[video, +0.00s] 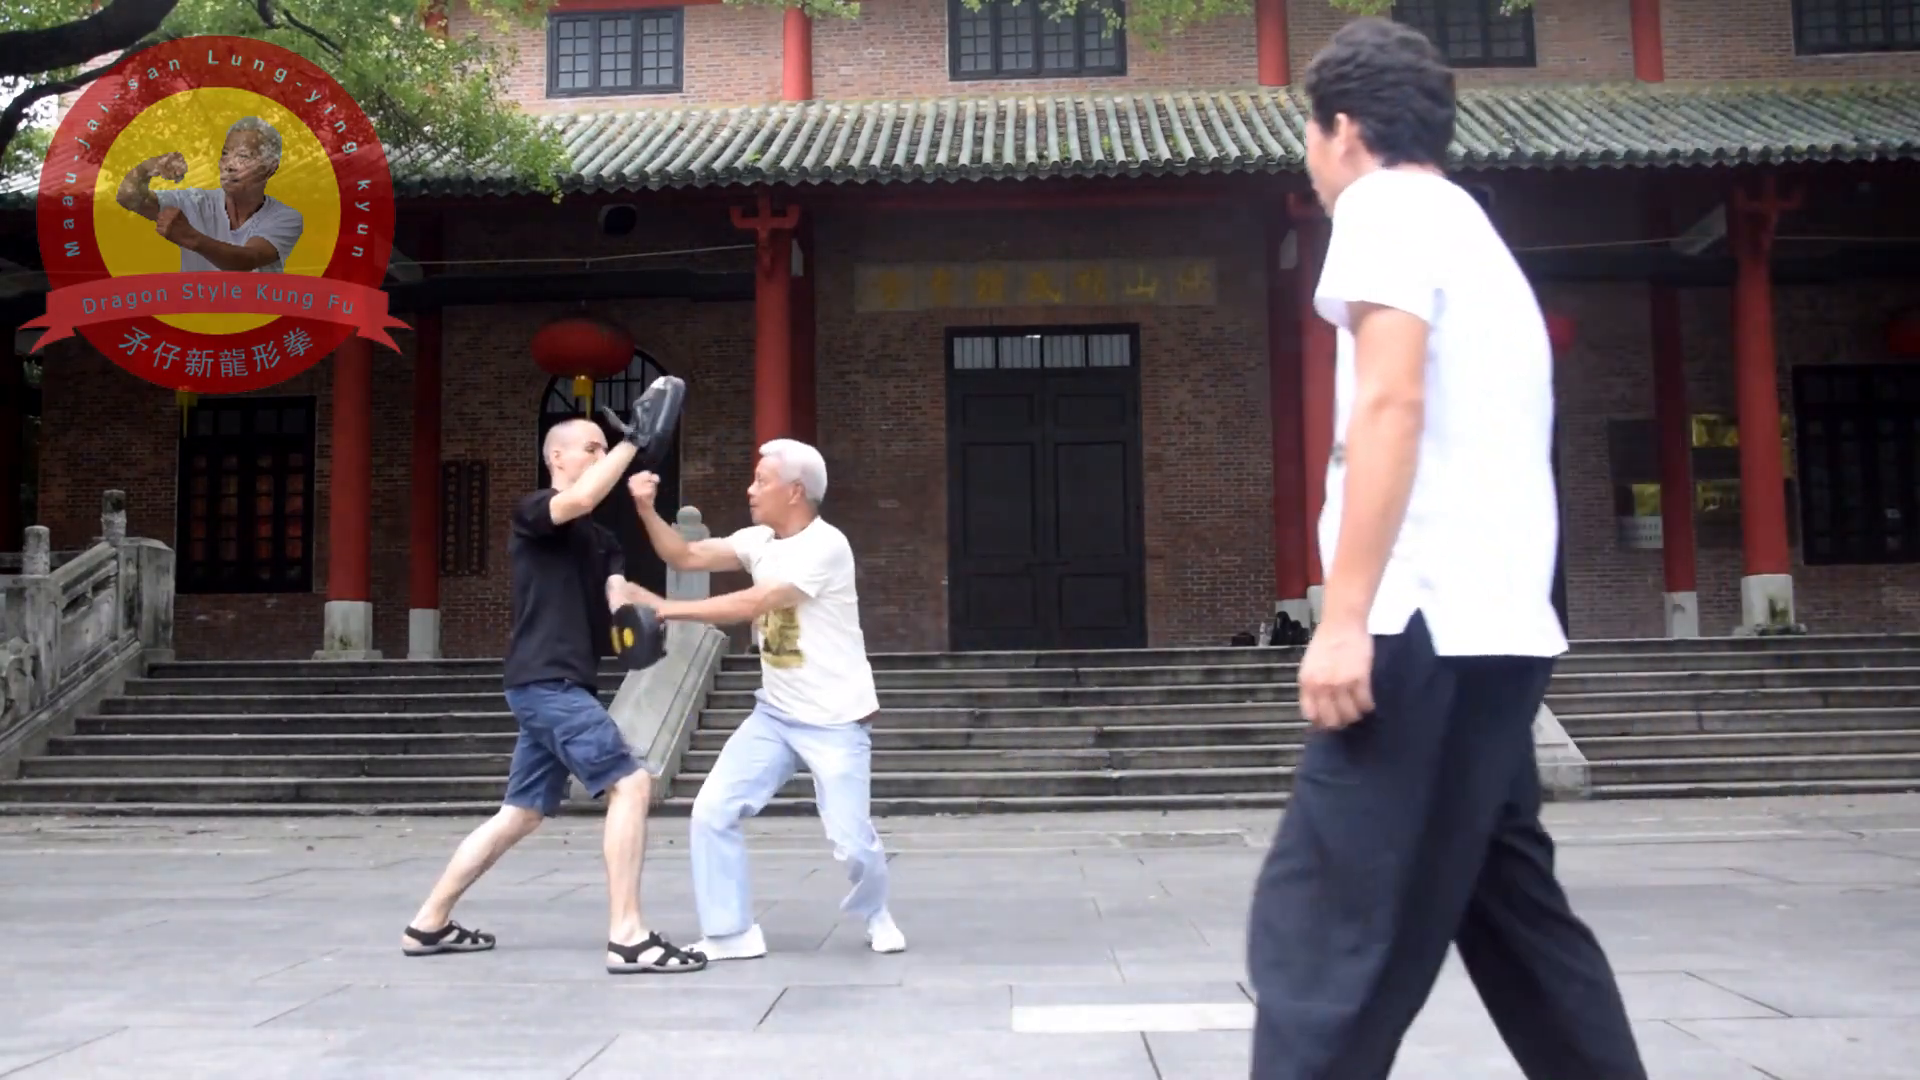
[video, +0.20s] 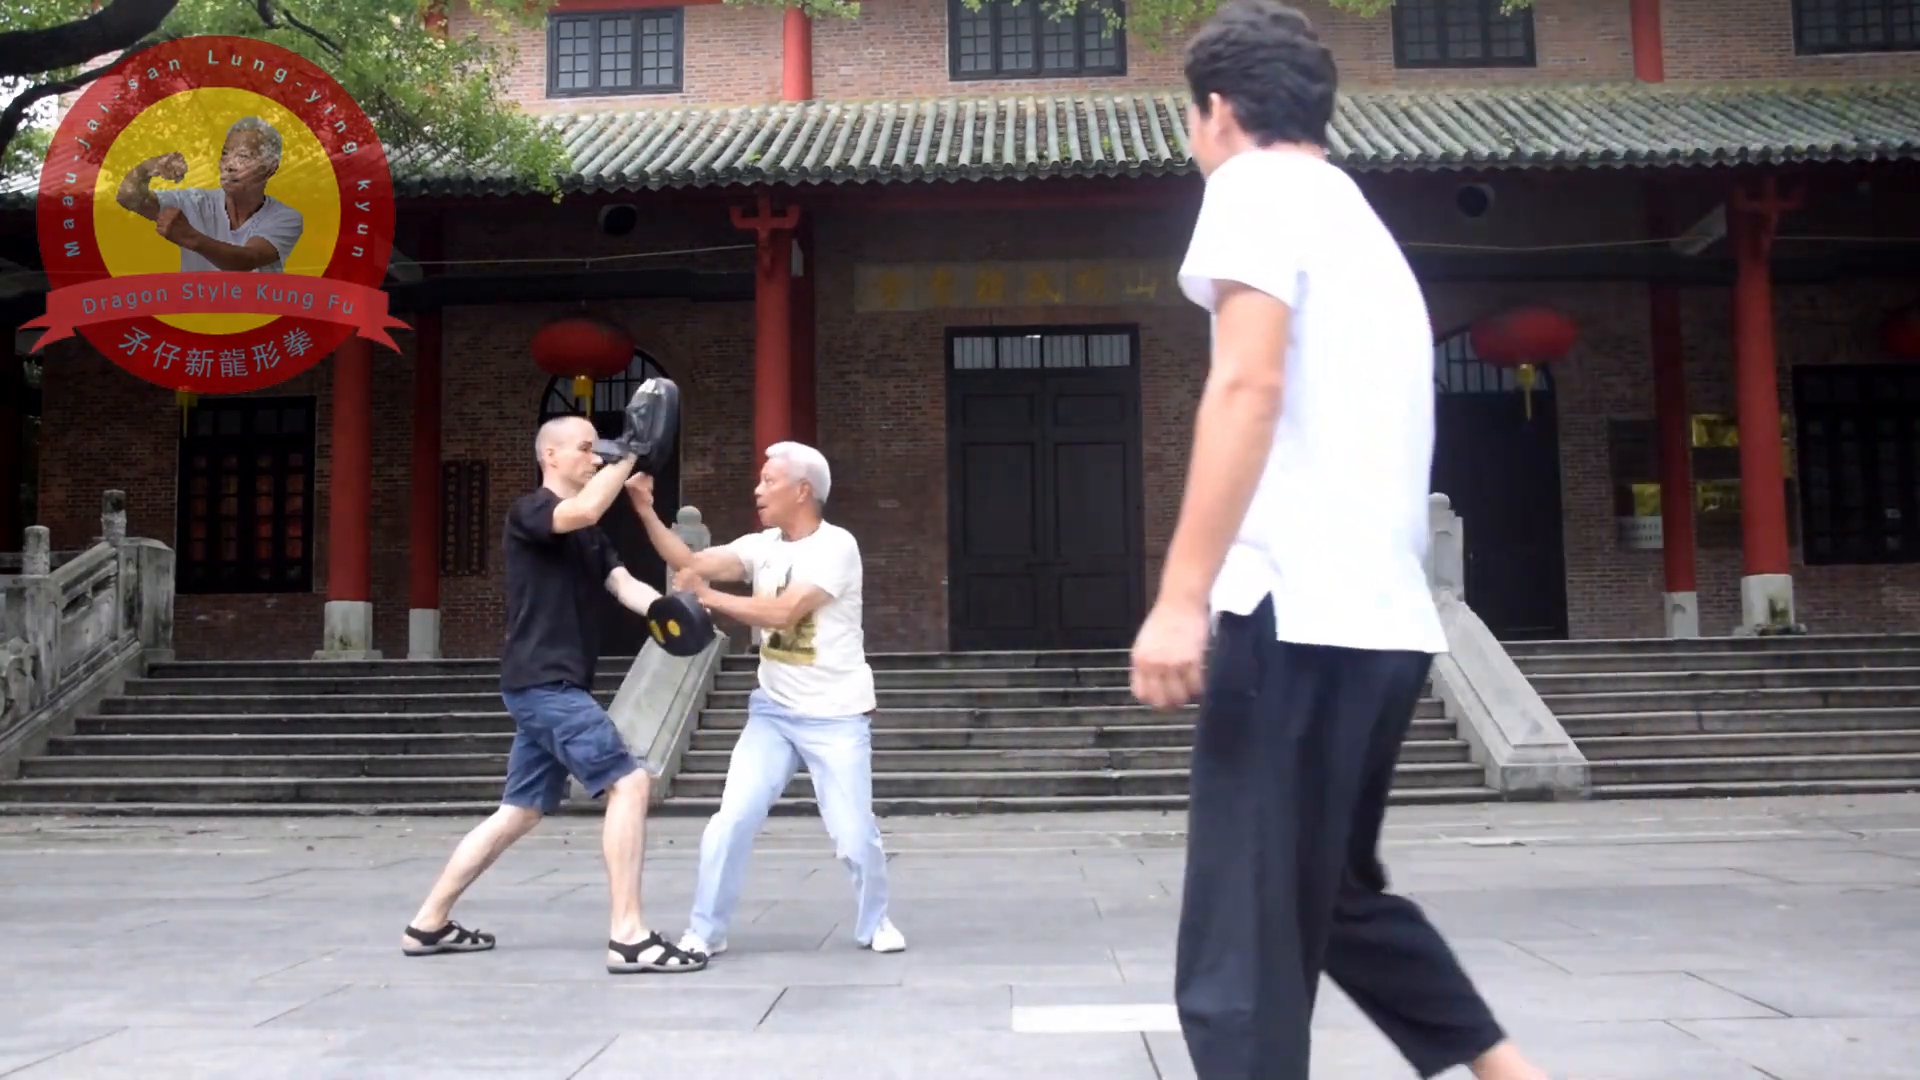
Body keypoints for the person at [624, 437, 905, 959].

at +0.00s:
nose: (749, 489)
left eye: (760, 480)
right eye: (753, 478)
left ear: (794, 492)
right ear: (785, 490)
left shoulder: (826, 546)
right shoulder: (760, 539)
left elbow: (754, 604)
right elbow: (685, 554)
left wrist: (660, 606)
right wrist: (646, 509)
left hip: (835, 721)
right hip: (774, 715)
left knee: (851, 841)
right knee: (712, 812)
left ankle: (877, 915)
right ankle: (733, 933)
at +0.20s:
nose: (757, 491)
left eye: (767, 481)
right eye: (759, 480)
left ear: (802, 491)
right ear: (791, 491)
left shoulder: (836, 547)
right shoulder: (764, 543)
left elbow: (784, 611)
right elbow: (690, 561)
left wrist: (706, 596)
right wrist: (647, 513)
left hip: (836, 717)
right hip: (772, 711)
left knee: (855, 838)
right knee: (733, 818)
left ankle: (876, 923)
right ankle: (703, 932)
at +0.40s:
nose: (757, 488)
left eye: (767, 479)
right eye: (759, 478)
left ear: (802, 490)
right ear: (790, 489)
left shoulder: (837, 546)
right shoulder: (763, 542)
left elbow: (789, 614)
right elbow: (692, 554)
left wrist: (711, 599)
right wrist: (643, 505)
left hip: (833, 711)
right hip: (770, 706)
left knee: (851, 830)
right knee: (730, 813)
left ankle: (876, 923)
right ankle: (704, 931)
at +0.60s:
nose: (755, 489)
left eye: (766, 481)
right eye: (757, 480)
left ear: (800, 491)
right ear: (785, 491)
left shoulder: (837, 548)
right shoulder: (758, 544)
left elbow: (790, 614)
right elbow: (690, 557)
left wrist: (711, 599)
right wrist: (642, 510)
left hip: (832, 712)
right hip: (767, 707)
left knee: (852, 828)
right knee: (729, 810)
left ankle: (877, 923)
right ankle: (705, 931)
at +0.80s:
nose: (747, 491)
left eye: (757, 482)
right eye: (749, 481)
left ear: (792, 491)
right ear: (775, 491)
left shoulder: (831, 547)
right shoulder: (752, 544)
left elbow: (785, 616)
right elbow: (684, 559)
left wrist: (706, 601)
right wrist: (633, 513)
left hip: (829, 713)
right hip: (763, 709)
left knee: (850, 830)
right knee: (727, 809)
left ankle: (876, 920)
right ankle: (704, 929)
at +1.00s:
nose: (739, 490)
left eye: (747, 481)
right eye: (740, 480)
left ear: (781, 489)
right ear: (768, 488)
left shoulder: (820, 543)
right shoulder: (746, 541)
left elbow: (777, 615)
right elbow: (675, 559)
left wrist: (698, 601)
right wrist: (621, 513)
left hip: (829, 713)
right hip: (764, 709)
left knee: (848, 833)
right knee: (727, 808)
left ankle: (877, 920)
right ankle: (705, 931)